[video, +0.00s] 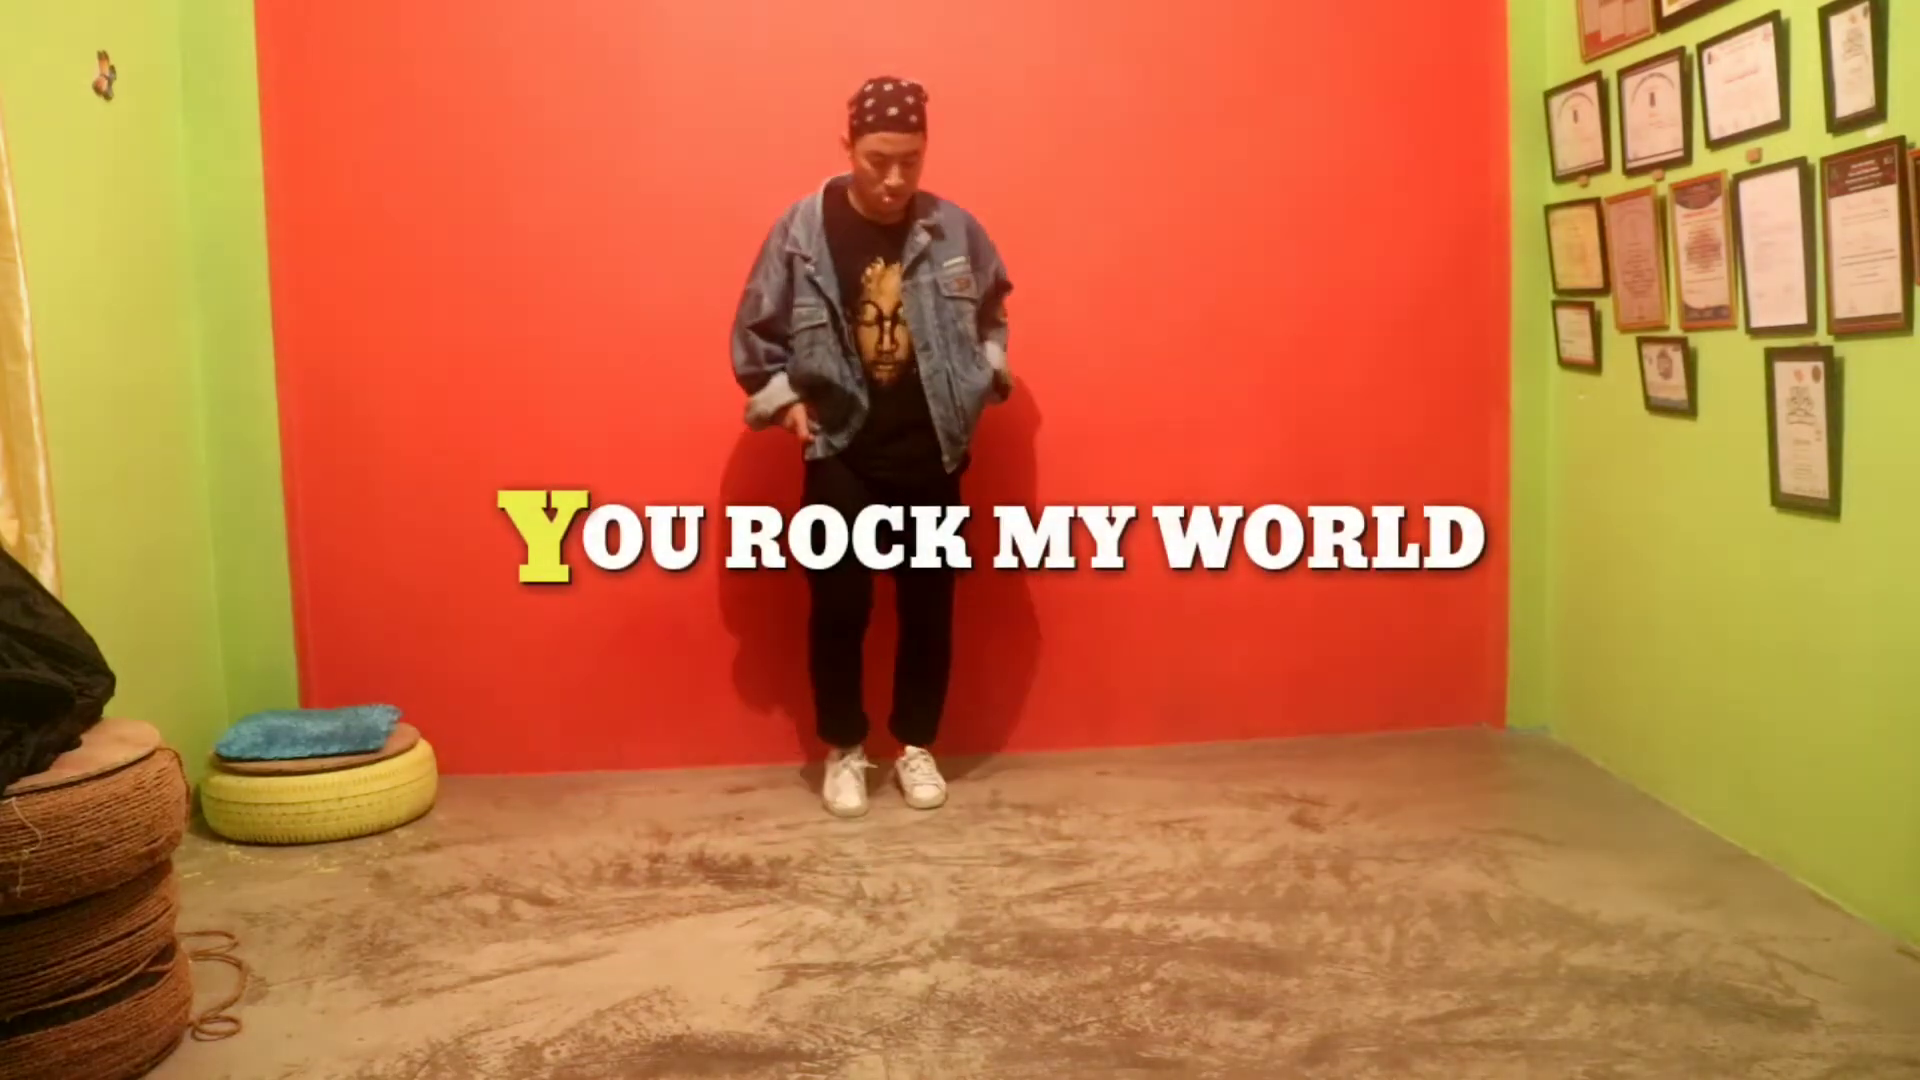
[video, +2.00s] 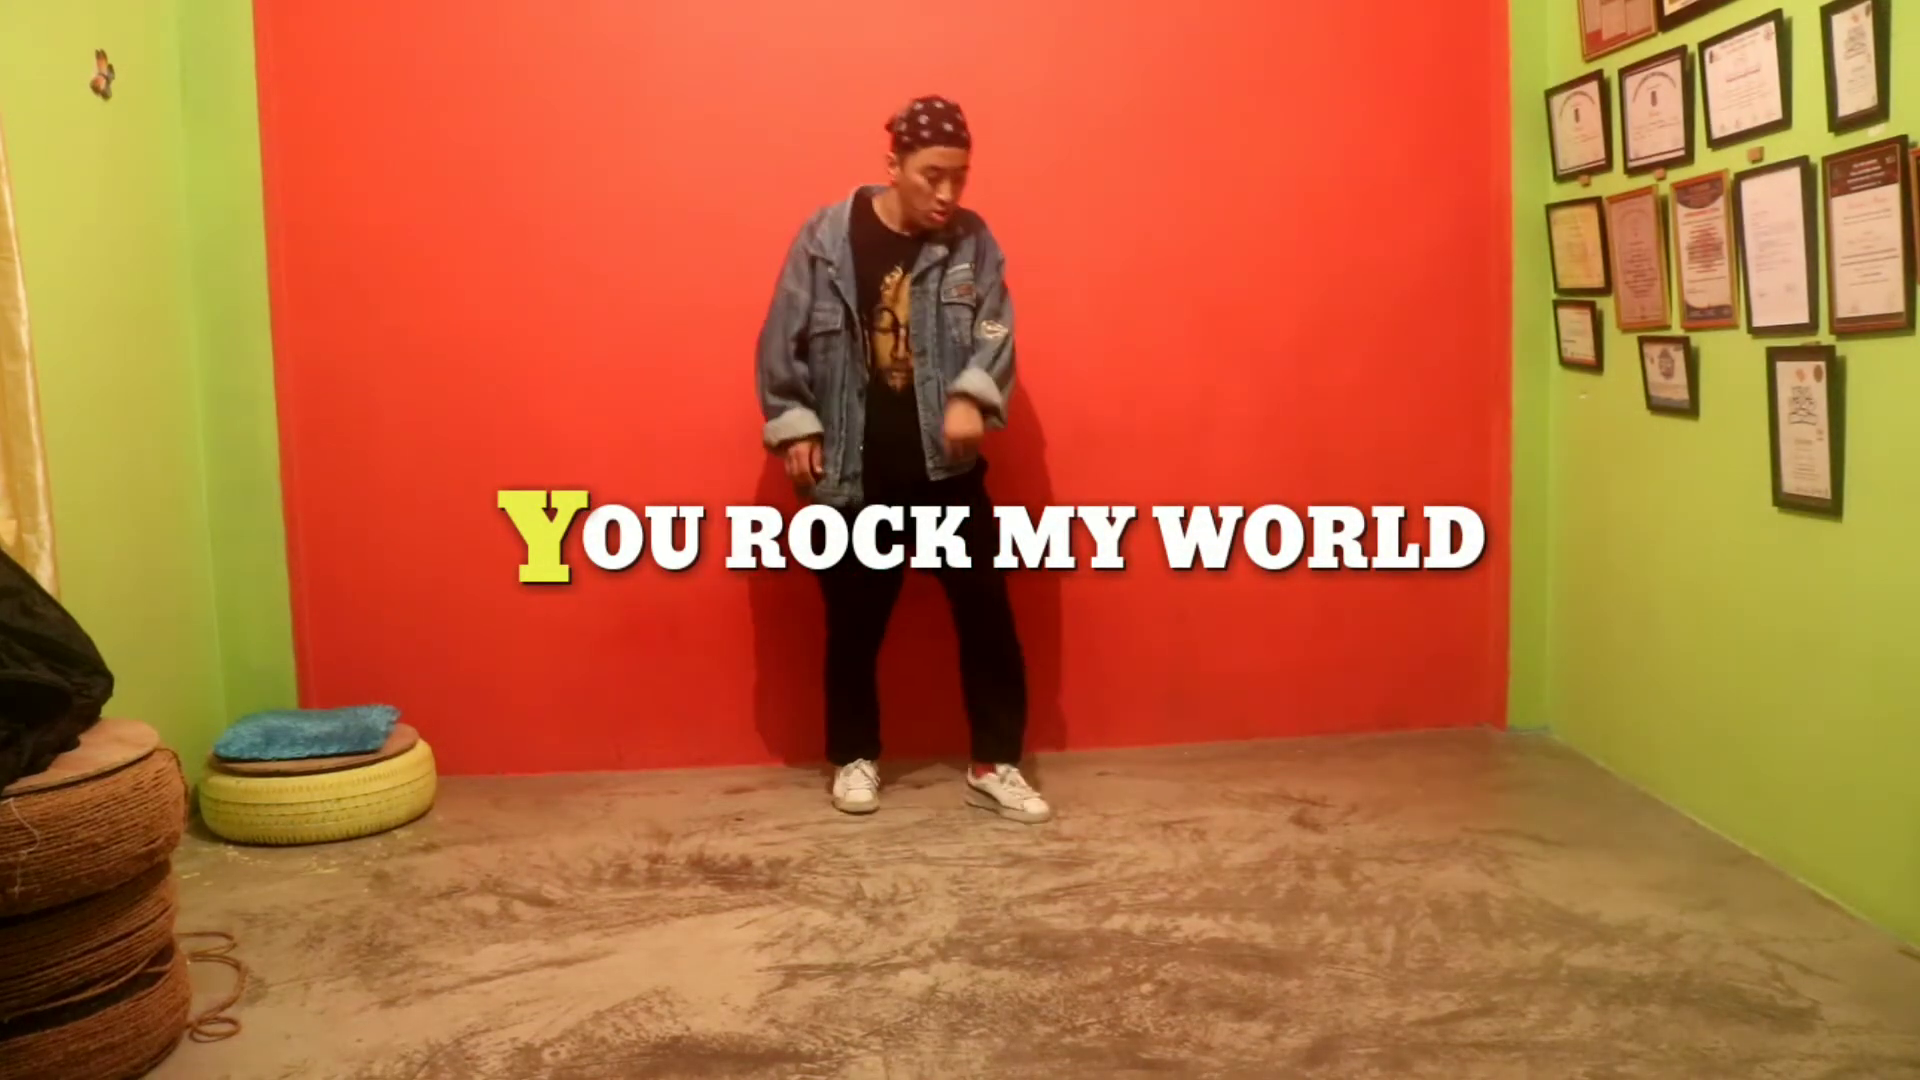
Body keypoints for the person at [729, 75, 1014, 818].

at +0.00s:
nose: (894, 179)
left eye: (908, 162)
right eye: (878, 162)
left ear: (925, 156)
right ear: (850, 153)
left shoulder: (956, 229)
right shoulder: (802, 229)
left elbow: (992, 311)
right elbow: (755, 333)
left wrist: (987, 376)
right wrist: (790, 405)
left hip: (931, 443)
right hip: (840, 444)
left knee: (928, 600)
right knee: (841, 600)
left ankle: (915, 748)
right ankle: (845, 751)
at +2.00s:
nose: (947, 195)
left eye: (958, 181)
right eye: (933, 177)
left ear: (966, 175)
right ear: (895, 161)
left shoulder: (970, 239)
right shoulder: (826, 234)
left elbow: (996, 330)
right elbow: (783, 338)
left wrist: (970, 395)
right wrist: (793, 422)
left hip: (944, 466)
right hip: (854, 471)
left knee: (985, 609)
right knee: (853, 620)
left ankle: (996, 762)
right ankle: (855, 761)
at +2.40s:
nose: (846, 189)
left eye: (861, 172)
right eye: (834, 174)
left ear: (894, 166)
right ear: (823, 172)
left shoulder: (953, 245)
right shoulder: (801, 268)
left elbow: (996, 344)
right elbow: (792, 381)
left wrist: (996, 412)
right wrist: (816, 464)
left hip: (944, 460)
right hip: (852, 468)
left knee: (945, 613)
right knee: (826, 613)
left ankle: (926, 753)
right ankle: (852, 749)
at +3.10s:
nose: (899, 264)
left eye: (913, 247)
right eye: (882, 248)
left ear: (933, 236)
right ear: (854, 234)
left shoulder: (960, 291)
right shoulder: (805, 288)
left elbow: (998, 374)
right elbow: (742, 375)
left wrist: (1003, 437)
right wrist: (749, 446)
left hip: (923, 477)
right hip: (829, 480)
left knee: (950, 622)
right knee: (839, 630)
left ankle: (938, 780)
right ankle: (863, 762)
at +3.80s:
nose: (849, 182)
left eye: (864, 164)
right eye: (835, 167)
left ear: (897, 161)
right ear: (822, 169)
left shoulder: (957, 243)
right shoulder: (802, 256)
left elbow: (1012, 336)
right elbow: (778, 348)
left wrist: (972, 355)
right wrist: (818, 364)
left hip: (944, 484)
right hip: (846, 488)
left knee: (945, 632)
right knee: (846, 641)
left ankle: (929, 755)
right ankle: (878, 782)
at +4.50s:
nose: (894, 161)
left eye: (913, 147)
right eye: (887, 144)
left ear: (953, 152)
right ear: (877, 141)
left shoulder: (987, 249)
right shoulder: (844, 197)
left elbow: (1007, 363)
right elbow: (801, 298)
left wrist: (1001, 463)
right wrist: (804, 411)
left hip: (944, 457)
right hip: (849, 450)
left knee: (968, 616)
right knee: (850, 617)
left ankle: (965, 781)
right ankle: (868, 765)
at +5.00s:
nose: (867, 190)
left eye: (872, 172)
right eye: (849, 181)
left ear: (883, 149)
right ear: (816, 173)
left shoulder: (930, 191)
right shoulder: (789, 216)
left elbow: (974, 289)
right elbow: (770, 315)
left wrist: (989, 386)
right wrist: (784, 412)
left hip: (925, 438)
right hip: (831, 447)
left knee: (958, 590)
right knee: (840, 607)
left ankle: (928, 726)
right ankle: (865, 761)